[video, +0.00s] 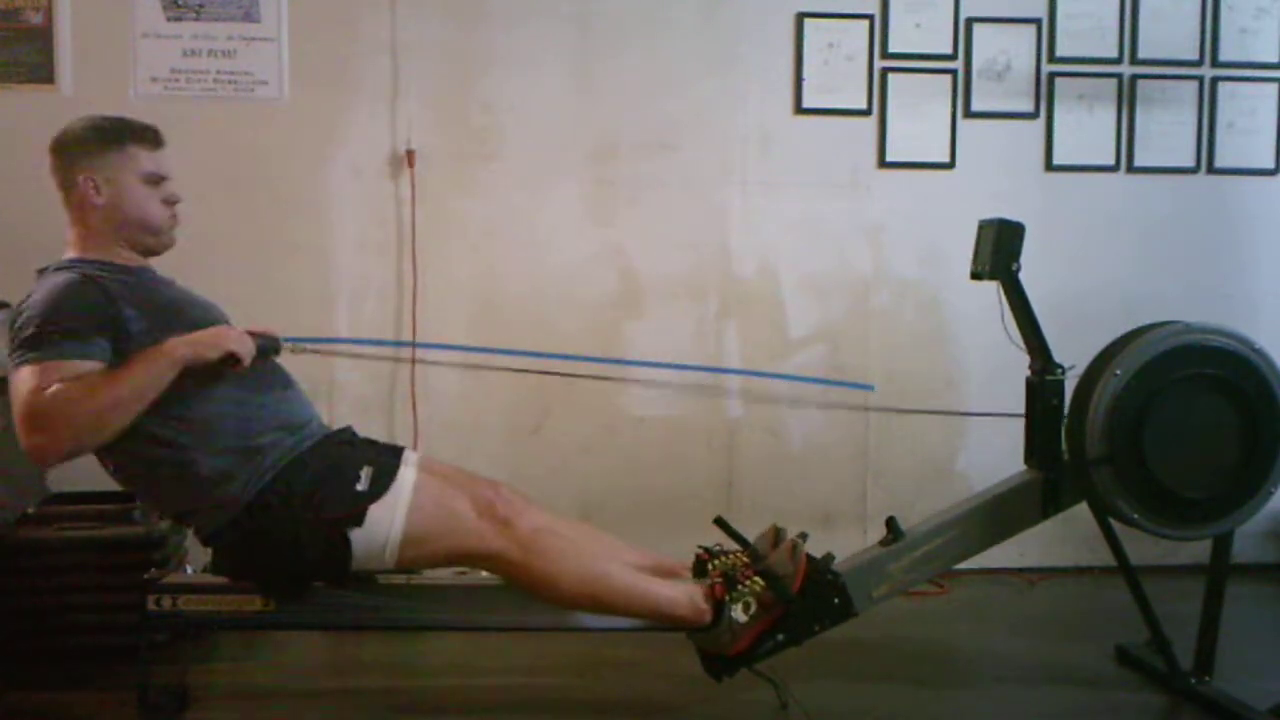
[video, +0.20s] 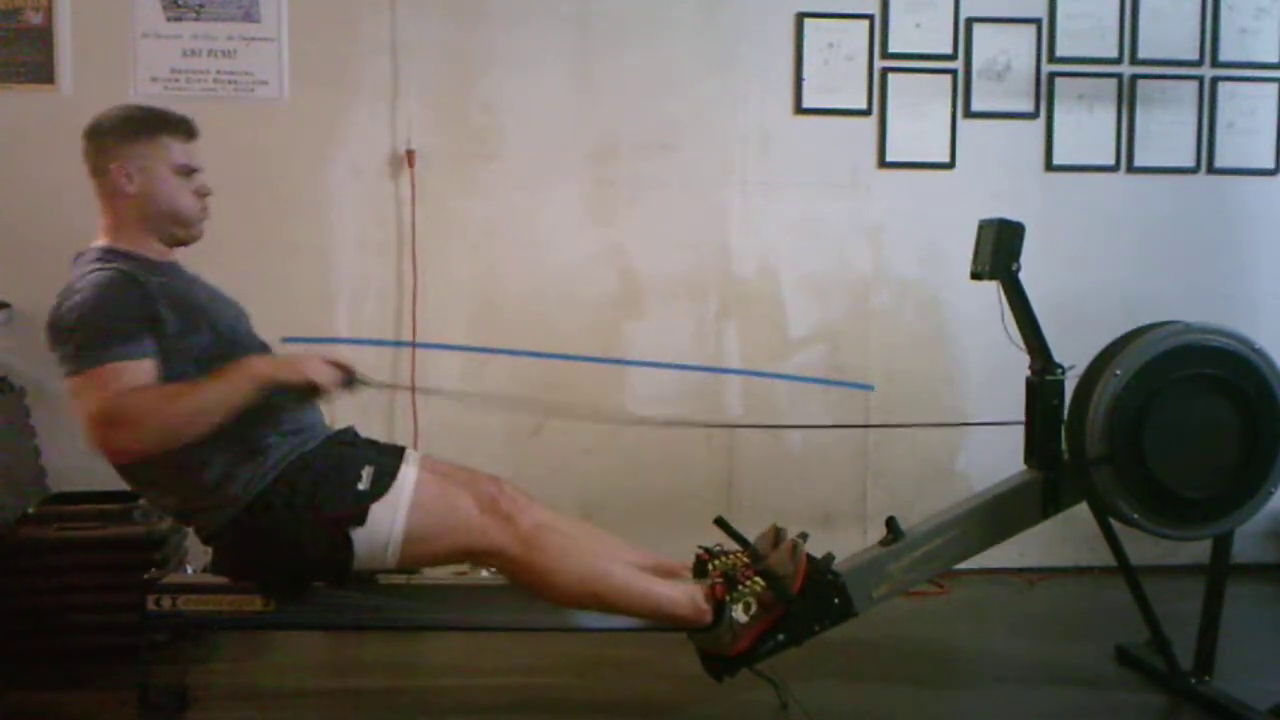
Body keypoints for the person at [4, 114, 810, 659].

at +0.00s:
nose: (172, 199)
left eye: (169, 183)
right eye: (153, 184)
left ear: (116, 197)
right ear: (90, 197)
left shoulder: (139, 287)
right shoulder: (74, 291)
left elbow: (161, 399)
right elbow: (45, 426)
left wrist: (233, 352)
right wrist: (179, 353)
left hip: (305, 468)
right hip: (272, 500)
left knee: (502, 507)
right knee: (493, 522)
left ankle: (706, 594)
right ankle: (710, 614)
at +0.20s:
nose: (203, 191)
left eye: (200, 175)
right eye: (185, 174)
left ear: (144, 183)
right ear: (122, 181)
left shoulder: (162, 281)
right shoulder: (106, 290)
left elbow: (175, 408)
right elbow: (119, 430)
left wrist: (288, 378)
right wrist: (267, 371)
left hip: (303, 470)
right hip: (275, 501)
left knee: (503, 501)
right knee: (496, 520)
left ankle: (710, 592)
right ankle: (710, 613)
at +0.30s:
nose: (233, 182)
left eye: (232, 166)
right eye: (214, 166)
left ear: (175, 177)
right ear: (148, 174)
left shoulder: (185, 277)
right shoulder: (134, 284)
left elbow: (223, 402)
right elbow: (182, 418)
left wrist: (341, 395)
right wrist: (329, 386)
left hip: (293, 478)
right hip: (270, 506)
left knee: (501, 494)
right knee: (495, 511)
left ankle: (708, 587)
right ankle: (714, 616)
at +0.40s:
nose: (267, 178)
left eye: (265, 161)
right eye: (249, 161)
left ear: (207, 168)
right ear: (186, 165)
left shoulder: (226, 272)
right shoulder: (165, 278)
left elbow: (293, 380)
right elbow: (251, 405)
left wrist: (403, 392)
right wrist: (406, 395)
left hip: (306, 472)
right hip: (272, 512)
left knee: (502, 483)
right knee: (499, 506)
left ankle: (700, 584)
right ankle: (705, 614)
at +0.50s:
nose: (306, 172)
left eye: (303, 156)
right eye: (288, 156)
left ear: (242, 165)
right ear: (228, 163)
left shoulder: (263, 263)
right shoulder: (205, 272)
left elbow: (355, 360)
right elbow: (317, 384)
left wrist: (469, 395)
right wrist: (468, 400)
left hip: (319, 475)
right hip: (286, 515)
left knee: (512, 474)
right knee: (511, 488)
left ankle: (697, 584)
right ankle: (708, 616)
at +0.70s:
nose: (397, 178)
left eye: (395, 161)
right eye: (381, 159)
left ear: (325, 164)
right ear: (322, 160)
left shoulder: (307, 252)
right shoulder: (305, 262)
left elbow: (441, 352)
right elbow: (444, 353)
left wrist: (573, 405)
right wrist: (583, 403)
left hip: (336, 483)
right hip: (325, 504)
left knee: (548, 444)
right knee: (550, 452)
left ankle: (701, 597)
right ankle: (709, 611)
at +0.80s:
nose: (447, 177)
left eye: (444, 161)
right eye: (432, 159)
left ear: (377, 164)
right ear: (375, 161)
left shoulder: (339, 250)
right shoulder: (355, 261)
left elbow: (487, 348)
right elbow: (493, 350)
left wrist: (622, 398)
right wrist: (630, 398)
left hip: (355, 491)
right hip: (359, 514)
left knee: (552, 423)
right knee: (568, 441)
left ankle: (694, 584)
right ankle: (710, 610)